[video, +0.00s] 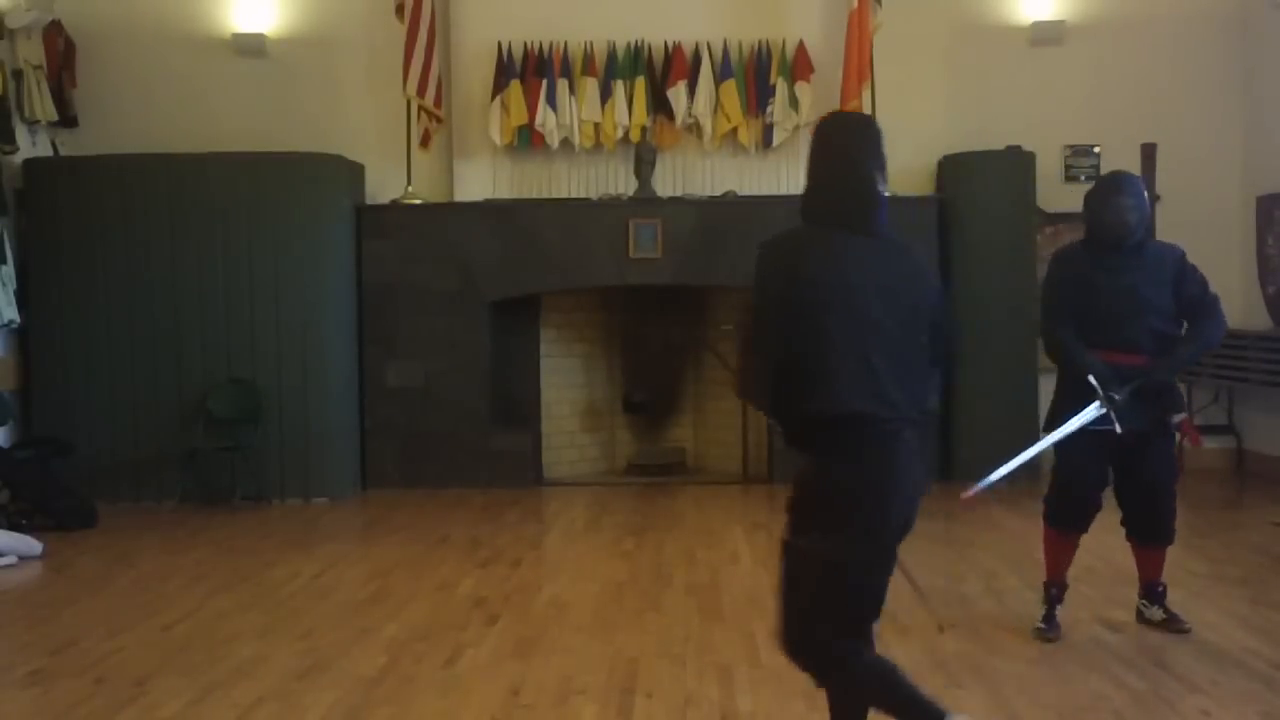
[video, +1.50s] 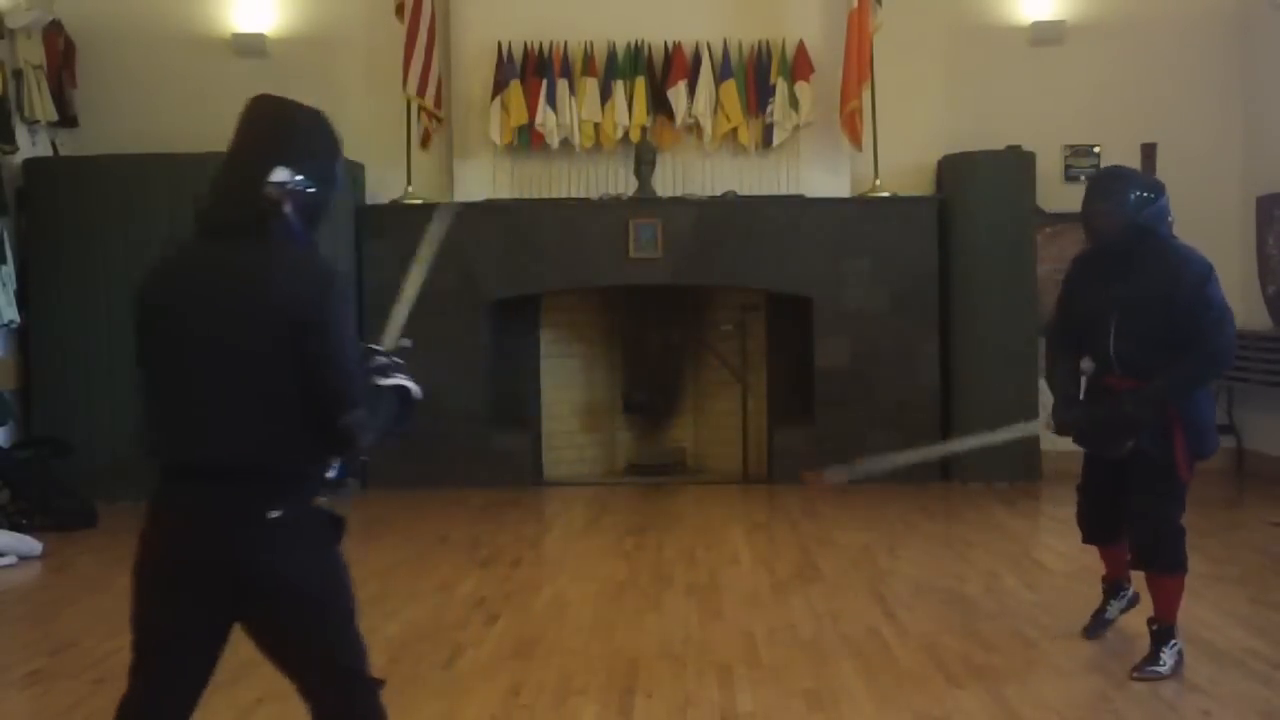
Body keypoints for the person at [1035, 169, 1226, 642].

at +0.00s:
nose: (1120, 227)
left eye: (1129, 217)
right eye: (1110, 218)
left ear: (1145, 215)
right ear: (1091, 216)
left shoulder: (1168, 263)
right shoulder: (1069, 263)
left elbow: (1212, 323)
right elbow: (1056, 334)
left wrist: (1165, 368)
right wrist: (1095, 375)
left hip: (1148, 406)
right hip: (1081, 404)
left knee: (1153, 503)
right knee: (1070, 501)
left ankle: (1152, 600)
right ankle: (1052, 599)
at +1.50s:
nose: (1095, 226)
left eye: (1106, 216)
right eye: (1091, 216)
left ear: (1138, 214)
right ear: (1090, 216)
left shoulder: (1182, 268)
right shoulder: (1088, 266)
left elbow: (1217, 349)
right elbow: (1062, 337)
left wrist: (1151, 401)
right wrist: (1067, 397)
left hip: (1166, 413)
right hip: (1106, 410)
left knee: (1155, 522)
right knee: (1099, 508)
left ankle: (1165, 637)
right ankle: (1118, 589)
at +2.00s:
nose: (1124, 230)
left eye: (1133, 219)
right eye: (1119, 220)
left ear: (1161, 216)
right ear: (1116, 224)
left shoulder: (1205, 267)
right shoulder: (1115, 279)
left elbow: (1223, 345)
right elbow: (1099, 350)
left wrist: (1170, 397)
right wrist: (1097, 402)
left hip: (1195, 415)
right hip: (1134, 415)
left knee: (1198, 512)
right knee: (1125, 512)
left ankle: (1221, 613)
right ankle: (1147, 607)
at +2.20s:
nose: (1145, 230)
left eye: (1152, 219)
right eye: (1144, 221)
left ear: (1180, 217)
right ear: (1153, 224)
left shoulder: (1230, 266)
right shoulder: (1152, 280)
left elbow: (1237, 343)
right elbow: (1137, 346)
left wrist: (1179, 380)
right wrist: (1123, 392)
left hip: (1230, 404)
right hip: (1171, 405)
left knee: (1241, 500)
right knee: (1147, 502)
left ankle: (1279, 577)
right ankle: (1149, 605)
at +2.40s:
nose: (1191, 229)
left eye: (1200, 219)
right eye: (1190, 219)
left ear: (1224, 219)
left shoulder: (1261, 272)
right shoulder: (1198, 276)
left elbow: (1261, 347)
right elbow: (1183, 345)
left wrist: (1206, 396)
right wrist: (1171, 393)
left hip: (1259, 420)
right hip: (1208, 417)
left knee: (1272, 519)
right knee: (1189, 507)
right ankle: (1166, 595)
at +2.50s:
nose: (1208, 225)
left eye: (1215, 215)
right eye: (1206, 215)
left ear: (1239, 214)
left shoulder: (1263, 265)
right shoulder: (1213, 269)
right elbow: (1196, 339)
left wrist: (1195, 398)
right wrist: (1191, 391)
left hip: (1262, 411)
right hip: (1222, 408)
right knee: (1206, 495)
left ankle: (1199, 589)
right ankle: (1198, 590)